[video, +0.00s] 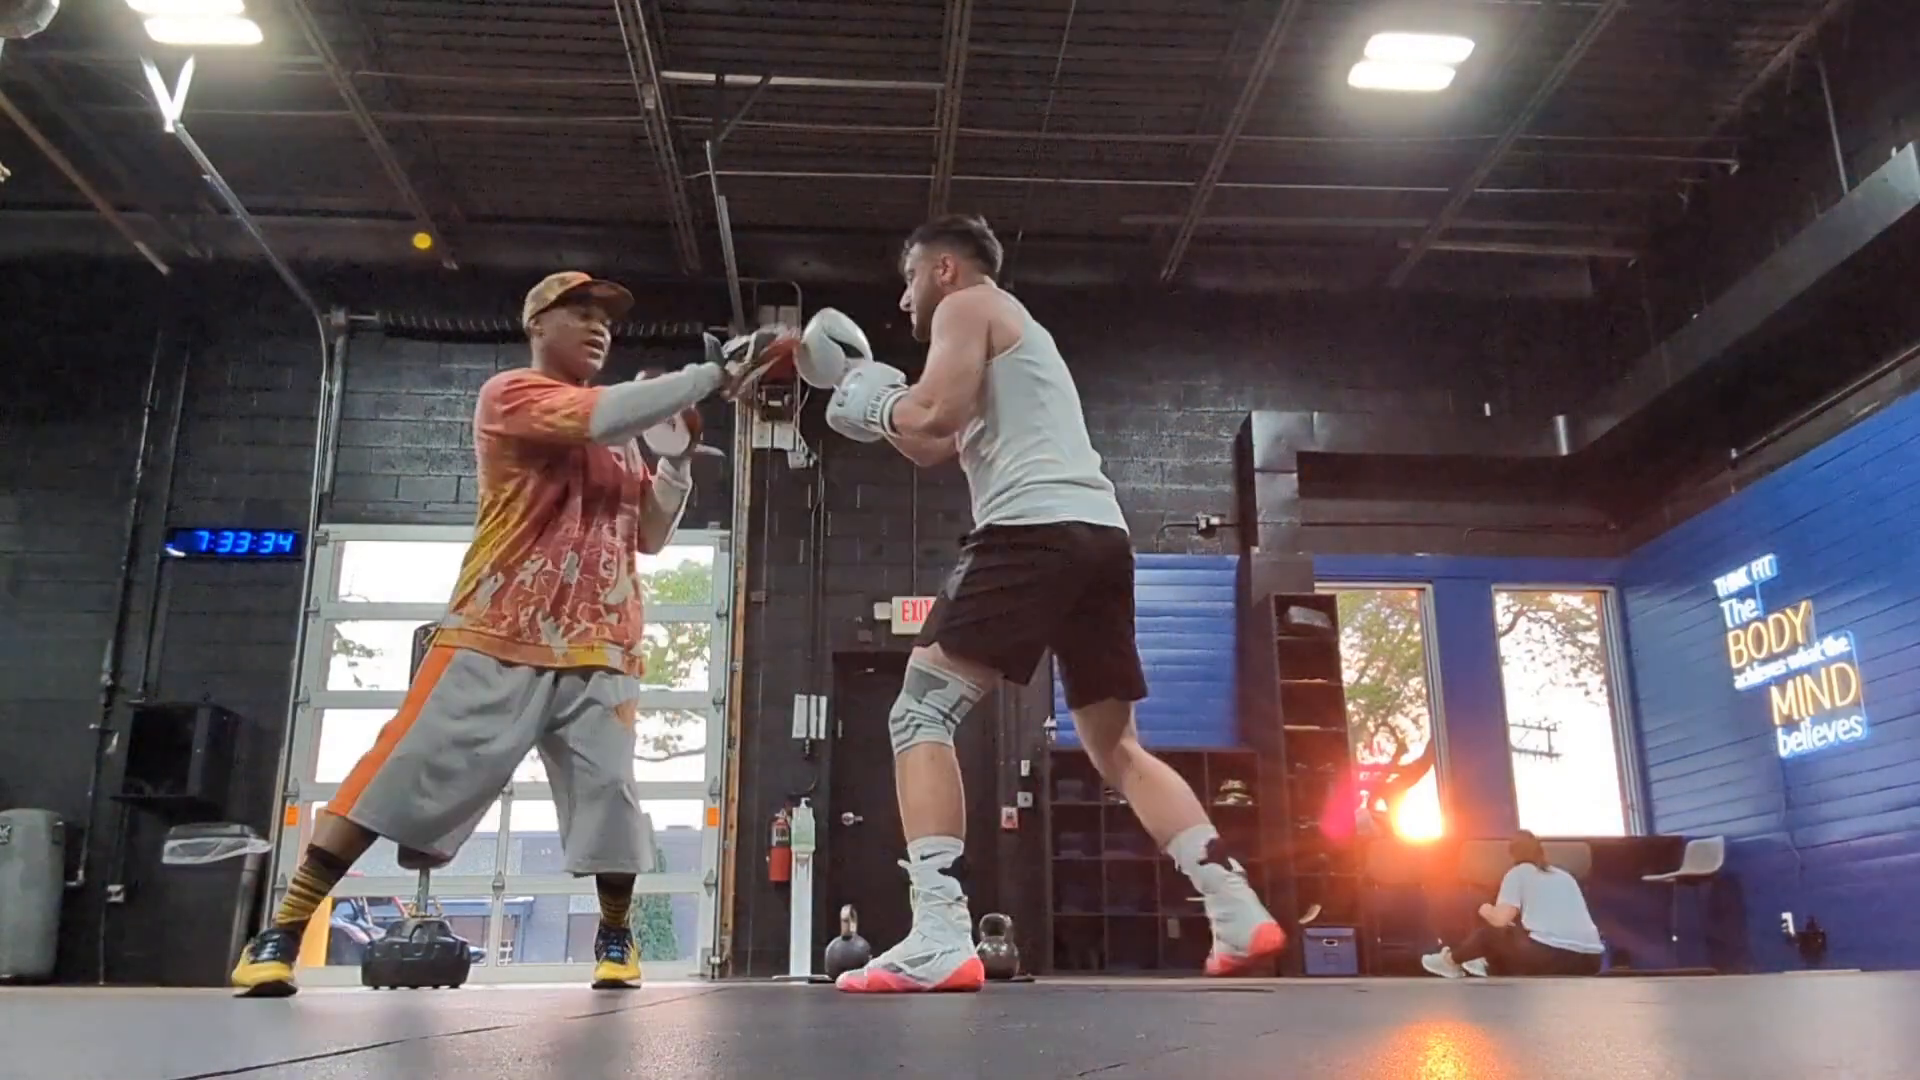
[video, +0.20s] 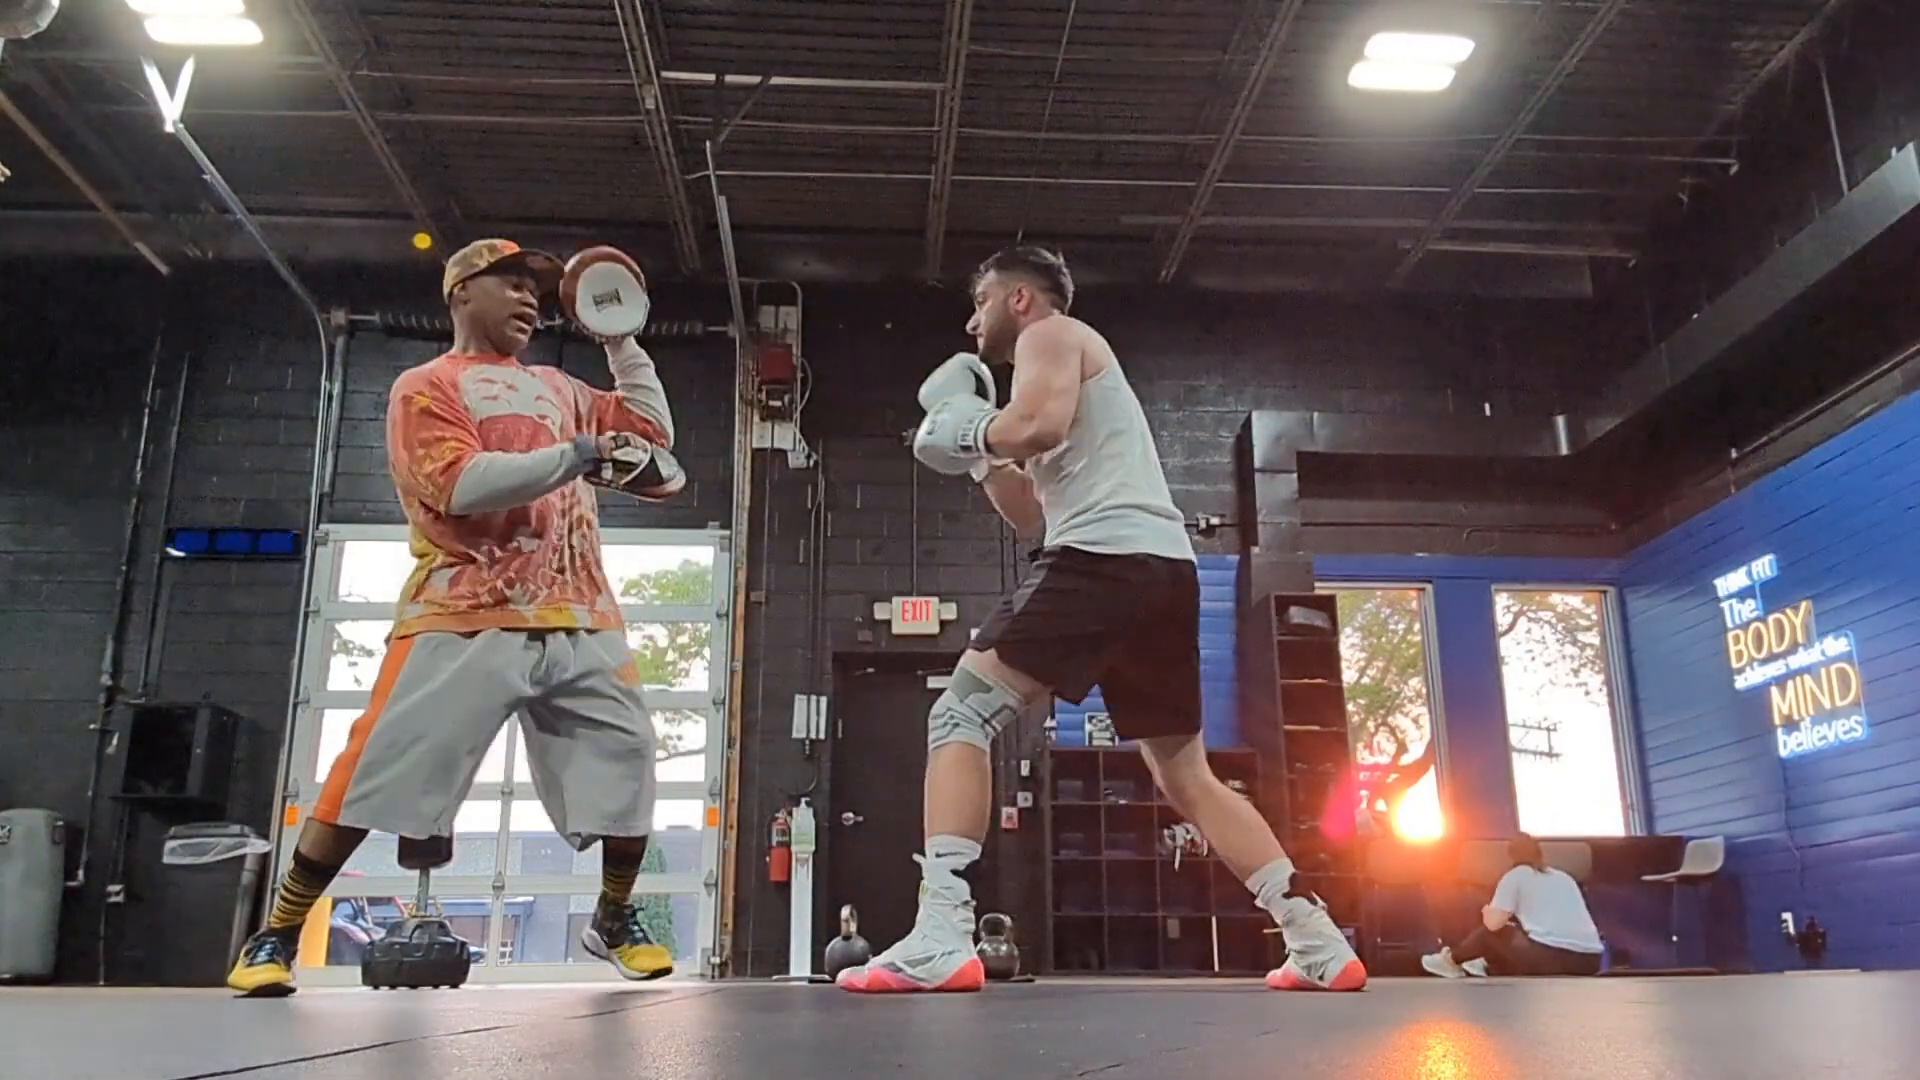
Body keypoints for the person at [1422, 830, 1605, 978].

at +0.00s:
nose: (1511, 855)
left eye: (1512, 851)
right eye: (1513, 850)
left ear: (1514, 854)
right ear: (1540, 852)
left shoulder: (1517, 874)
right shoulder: (1565, 875)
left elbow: (1502, 920)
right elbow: (1559, 918)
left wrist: (1485, 910)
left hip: (1552, 957)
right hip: (1591, 960)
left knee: (1487, 934)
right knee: (1519, 936)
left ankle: (1450, 960)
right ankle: (1483, 963)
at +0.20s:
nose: (1511, 856)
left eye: (1511, 852)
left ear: (1513, 856)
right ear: (1539, 853)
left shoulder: (1515, 877)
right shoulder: (1564, 877)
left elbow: (1493, 923)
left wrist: (1488, 910)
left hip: (1553, 959)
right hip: (1591, 961)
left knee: (1491, 933)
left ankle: (1449, 959)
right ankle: (1482, 965)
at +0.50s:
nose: (1518, 848)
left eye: (1519, 844)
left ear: (1521, 848)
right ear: (1547, 846)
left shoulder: (1519, 873)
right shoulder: (1573, 873)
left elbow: (1488, 917)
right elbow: (1561, 914)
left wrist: (1517, 924)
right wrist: (1522, 920)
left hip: (1554, 959)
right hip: (1591, 962)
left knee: (1492, 932)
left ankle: (1450, 960)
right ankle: (1481, 963)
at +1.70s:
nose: (1546, 848)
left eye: (1547, 842)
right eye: (1545, 843)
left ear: (1557, 840)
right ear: (1581, 838)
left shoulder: (1548, 867)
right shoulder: (1608, 872)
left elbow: (1529, 921)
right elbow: (1614, 928)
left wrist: (1528, 891)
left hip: (1562, 962)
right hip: (1603, 961)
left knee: (1502, 902)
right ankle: (1519, 951)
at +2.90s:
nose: (1513, 854)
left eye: (1512, 849)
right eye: (1511, 849)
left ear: (1516, 844)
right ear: (1540, 840)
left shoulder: (1517, 868)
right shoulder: (1571, 867)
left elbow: (1516, 923)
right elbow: (1598, 922)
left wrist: (1502, 927)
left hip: (1549, 961)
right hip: (1591, 962)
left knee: (1476, 924)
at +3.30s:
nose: (1513, 854)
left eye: (1512, 848)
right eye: (1511, 848)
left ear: (1518, 844)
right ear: (1542, 839)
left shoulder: (1518, 869)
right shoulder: (1573, 868)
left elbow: (1516, 923)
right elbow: (1598, 922)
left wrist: (1499, 935)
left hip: (1550, 961)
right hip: (1592, 962)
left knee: (1475, 923)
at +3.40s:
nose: (1513, 854)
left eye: (1512, 848)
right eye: (1511, 849)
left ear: (1518, 844)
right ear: (1542, 840)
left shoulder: (1518, 869)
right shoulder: (1574, 867)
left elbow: (1515, 923)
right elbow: (1599, 921)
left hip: (1549, 961)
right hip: (1592, 962)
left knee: (1475, 923)